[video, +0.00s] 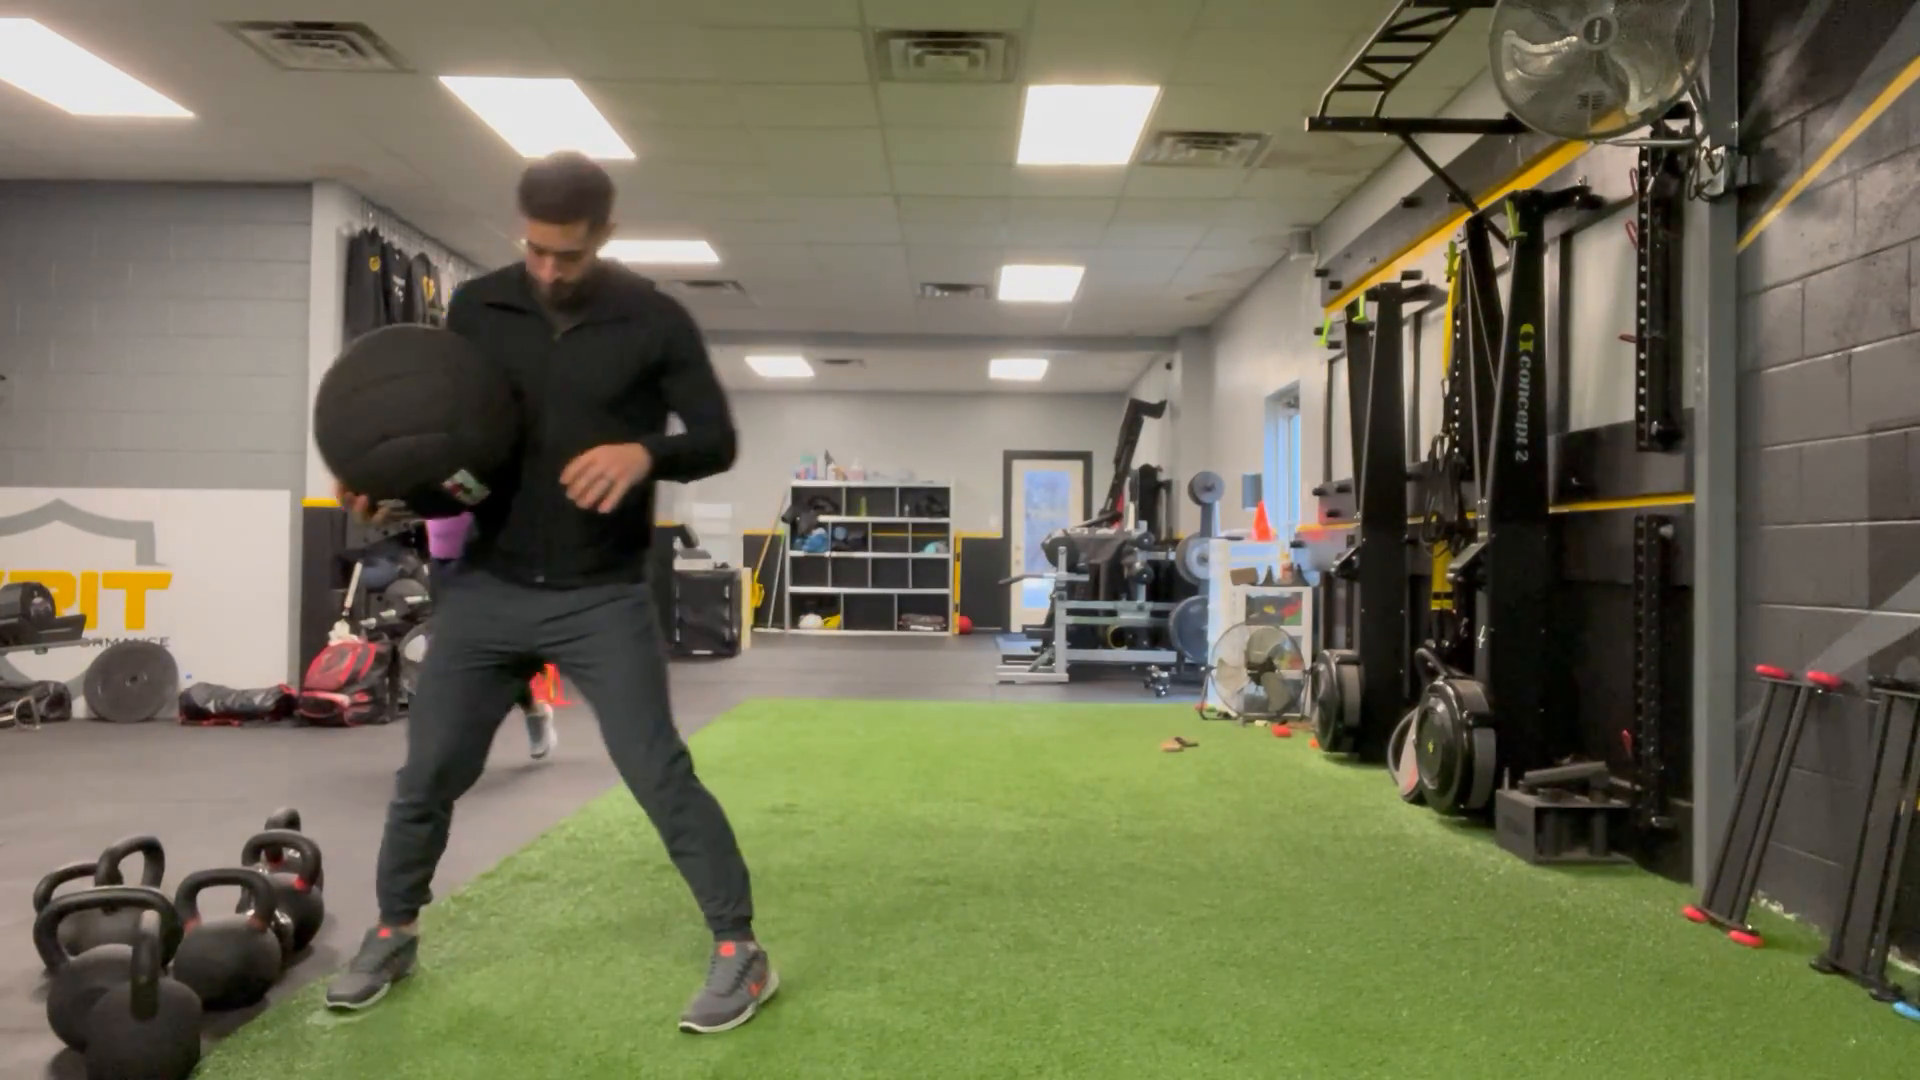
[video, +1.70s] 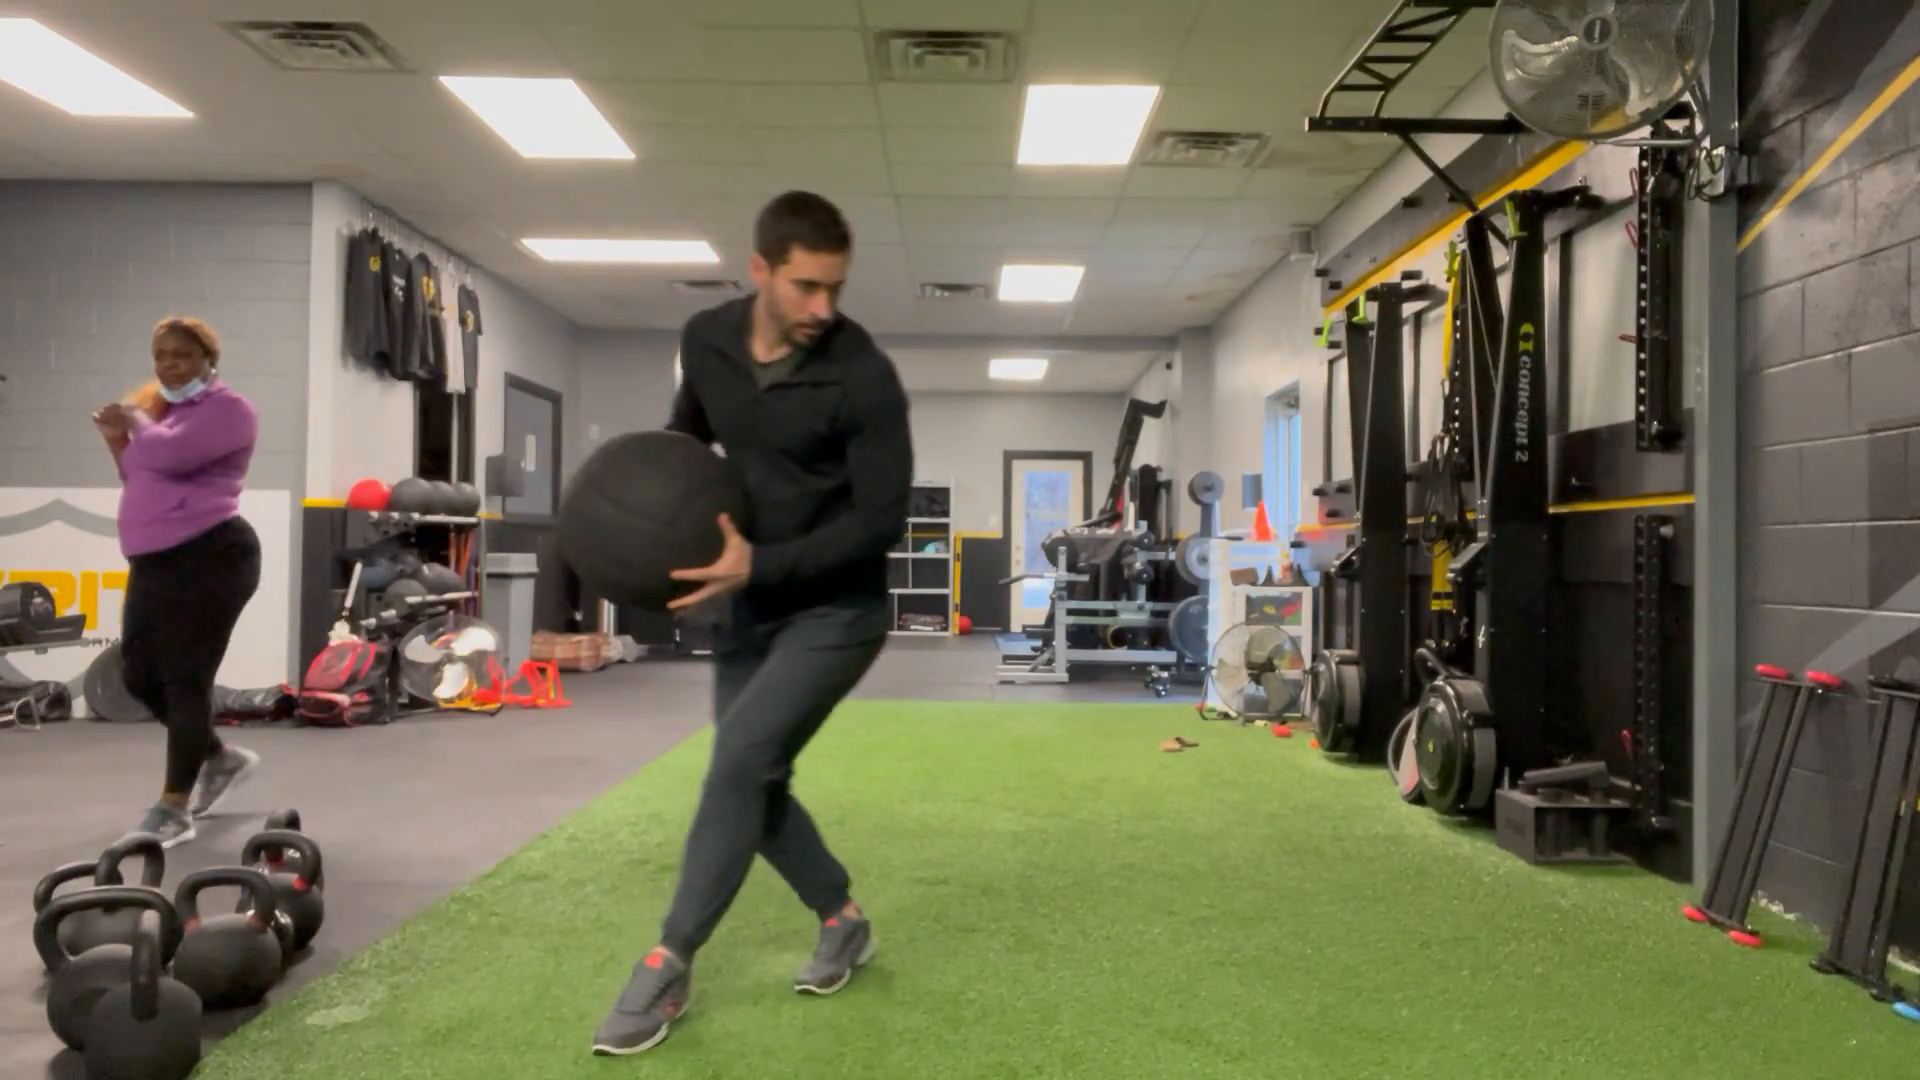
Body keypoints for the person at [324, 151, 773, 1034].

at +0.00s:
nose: (548, 271)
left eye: (567, 256)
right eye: (536, 251)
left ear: (603, 238)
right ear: (519, 229)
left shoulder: (655, 319)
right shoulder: (478, 308)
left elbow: (717, 441)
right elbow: (436, 429)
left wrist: (648, 454)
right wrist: (379, 482)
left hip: (604, 596)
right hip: (486, 589)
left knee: (655, 769)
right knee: (427, 773)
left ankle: (738, 948)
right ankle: (393, 933)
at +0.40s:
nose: (476, 262)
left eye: (494, 245)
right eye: (461, 242)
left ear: (525, 228)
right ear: (438, 224)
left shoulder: (574, 321)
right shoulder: (388, 308)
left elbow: (615, 455)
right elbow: (367, 435)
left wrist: (527, 486)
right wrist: (320, 490)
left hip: (547, 585)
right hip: (426, 586)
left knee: (590, 759)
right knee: (395, 768)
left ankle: (625, 928)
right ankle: (387, 933)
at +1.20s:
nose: (585, 287)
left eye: (602, 268)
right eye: (569, 266)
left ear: (626, 253)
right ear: (540, 248)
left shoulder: (669, 344)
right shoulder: (495, 328)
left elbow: (699, 490)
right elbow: (471, 436)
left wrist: (581, 537)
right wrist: (436, 518)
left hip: (647, 589)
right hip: (543, 591)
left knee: (631, 758)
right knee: (480, 768)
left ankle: (648, 958)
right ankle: (406, 932)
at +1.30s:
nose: (634, 291)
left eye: (650, 272)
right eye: (616, 270)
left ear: (670, 258)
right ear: (584, 250)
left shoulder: (706, 346)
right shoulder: (539, 327)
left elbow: (736, 494)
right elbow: (515, 447)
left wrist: (611, 543)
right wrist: (477, 532)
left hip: (686, 592)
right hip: (582, 595)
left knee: (647, 759)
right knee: (520, 771)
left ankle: (647, 963)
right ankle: (494, 911)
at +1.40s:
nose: (682, 292)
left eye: (697, 273)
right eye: (665, 272)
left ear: (715, 260)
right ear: (627, 253)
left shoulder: (740, 349)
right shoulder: (579, 327)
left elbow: (768, 501)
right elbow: (560, 435)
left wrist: (645, 545)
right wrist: (535, 520)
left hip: (721, 591)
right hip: (623, 587)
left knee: (660, 760)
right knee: (573, 766)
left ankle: (653, 958)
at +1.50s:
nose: (729, 293)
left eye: (743, 273)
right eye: (712, 272)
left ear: (757, 261)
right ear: (670, 254)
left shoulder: (779, 357)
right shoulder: (620, 328)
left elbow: (800, 503)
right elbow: (596, 432)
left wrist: (681, 548)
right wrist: (565, 513)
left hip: (751, 596)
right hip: (655, 593)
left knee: (674, 763)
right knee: (629, 771)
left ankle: (649, 966)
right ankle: (760, 851)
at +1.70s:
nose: (824, 307)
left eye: (835, 288)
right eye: (808, 287)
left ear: (845, 278)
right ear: (759, 269)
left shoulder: (863, 376)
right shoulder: (710, 338)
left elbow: (882, 518)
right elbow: (688, 443)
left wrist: (761, 564)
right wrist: (648, 525)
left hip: (839, 603)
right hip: (748, 603)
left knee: (743, 755)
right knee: (747, 778)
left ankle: (669, 961)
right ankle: (842, 916)